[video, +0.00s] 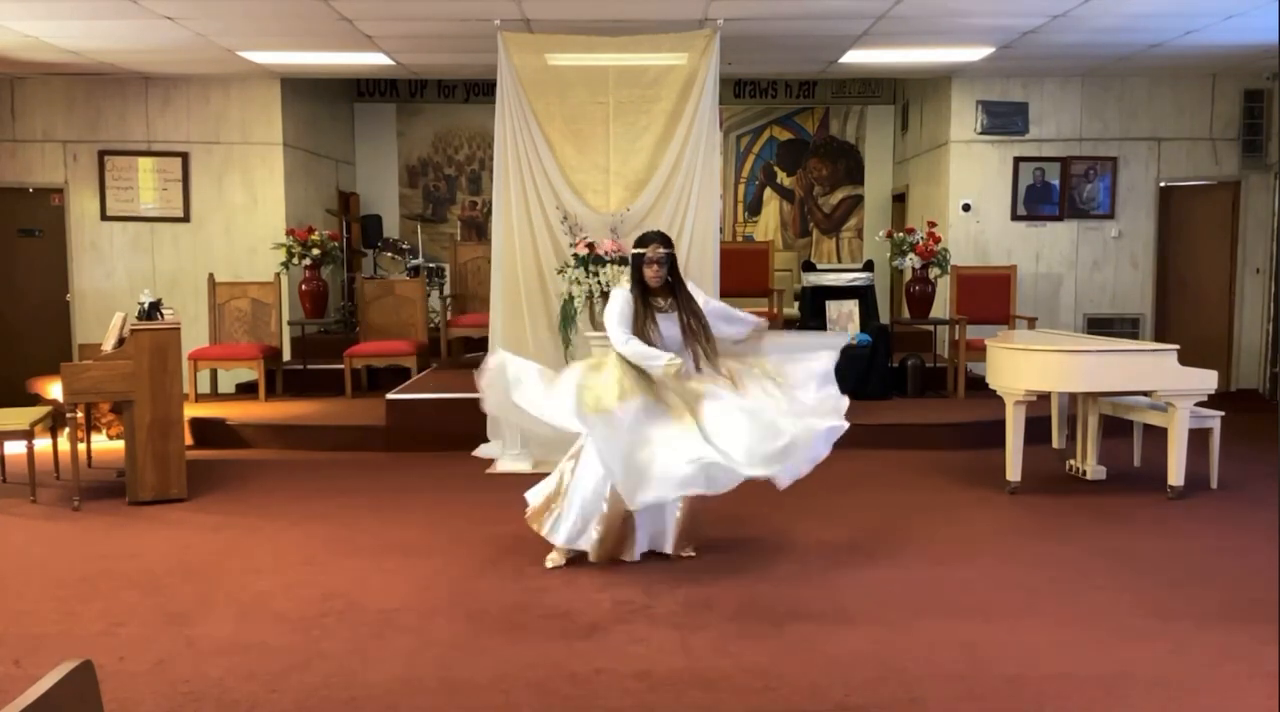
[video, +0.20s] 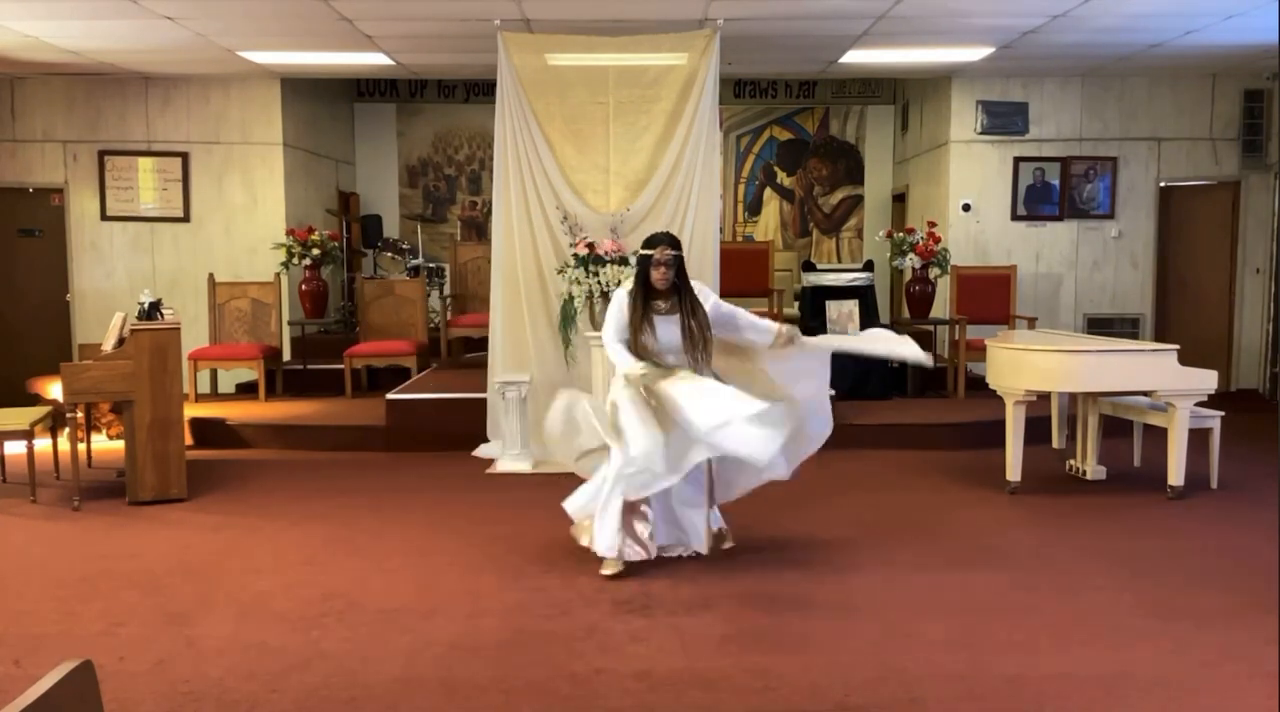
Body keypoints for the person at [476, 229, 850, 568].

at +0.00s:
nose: (654, 268)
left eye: (662, 262)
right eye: (647, 262)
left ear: (672, 265)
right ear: (636, 266)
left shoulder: (684, 296)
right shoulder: (624, 297)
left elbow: (720, 319)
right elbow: (621, 341)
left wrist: (756, 325)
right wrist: (663, 361)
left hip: (678, 389)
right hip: (630, 390)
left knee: (681, 460)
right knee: (604, 459)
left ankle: (675, 538)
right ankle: (565, 542)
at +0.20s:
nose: (662, 272)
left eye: (669, 265)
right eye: (656, 265)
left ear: (679, 267)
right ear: (643, 267)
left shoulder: (693, 298)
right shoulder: (627, 299)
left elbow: (731, 319)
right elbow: (612, 341)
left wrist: (775, 331)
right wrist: (635, 368)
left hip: (689, 384)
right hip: (640, 385)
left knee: (699, 452)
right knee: (641, 457)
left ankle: (708, 524)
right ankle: (612, 545)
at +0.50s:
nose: (670, 269)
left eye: (676, 262)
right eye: (662, 262)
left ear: (687, 264)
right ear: (650, 264)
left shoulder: (699, 300)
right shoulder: (629, 297)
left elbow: (722, 347)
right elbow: (601, 347)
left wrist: (708, 369)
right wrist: (582, 377)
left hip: (678, 400)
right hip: (632, 399)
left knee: (681, 471)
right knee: (632, 478)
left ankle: (684, 541)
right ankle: (633, 556)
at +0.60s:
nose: (666, 271)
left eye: (673, 264)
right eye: (659, 264)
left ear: (684, 265)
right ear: (647, 265)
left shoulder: (699, 299)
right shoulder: (628, 299)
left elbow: (729, 337)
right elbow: (612, 342)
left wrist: (748, 360)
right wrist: (626, 369)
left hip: (686, 401)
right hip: (637, 401)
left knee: (691, 469)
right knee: (629, 475)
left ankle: (696, 539)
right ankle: (632, 555)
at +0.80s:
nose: (658, 279)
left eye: (666, 272)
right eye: (652, 271)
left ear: (679, 273)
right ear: (641, 274)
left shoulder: (698, 303)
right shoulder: (629, 306)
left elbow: (738, 324)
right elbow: (613, 352)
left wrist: (786, 336)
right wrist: (651, 377)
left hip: (689, 401)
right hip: (638, 402)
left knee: (700, 469)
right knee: (627, 474)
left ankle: (700, 542)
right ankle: (622, 560)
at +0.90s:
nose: (657, 281)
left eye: (666, 273)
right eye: (650, 272)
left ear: (679, 277)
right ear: (639, 275)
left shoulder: (696, 308)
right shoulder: (622, 311)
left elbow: (735, 331)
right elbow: (605, 361)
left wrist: (775, 348)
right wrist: (629, 383)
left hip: (684, 405)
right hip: (633, 406)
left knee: (696, 472)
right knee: (627, 478)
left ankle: (698, 552)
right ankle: (611, 569)